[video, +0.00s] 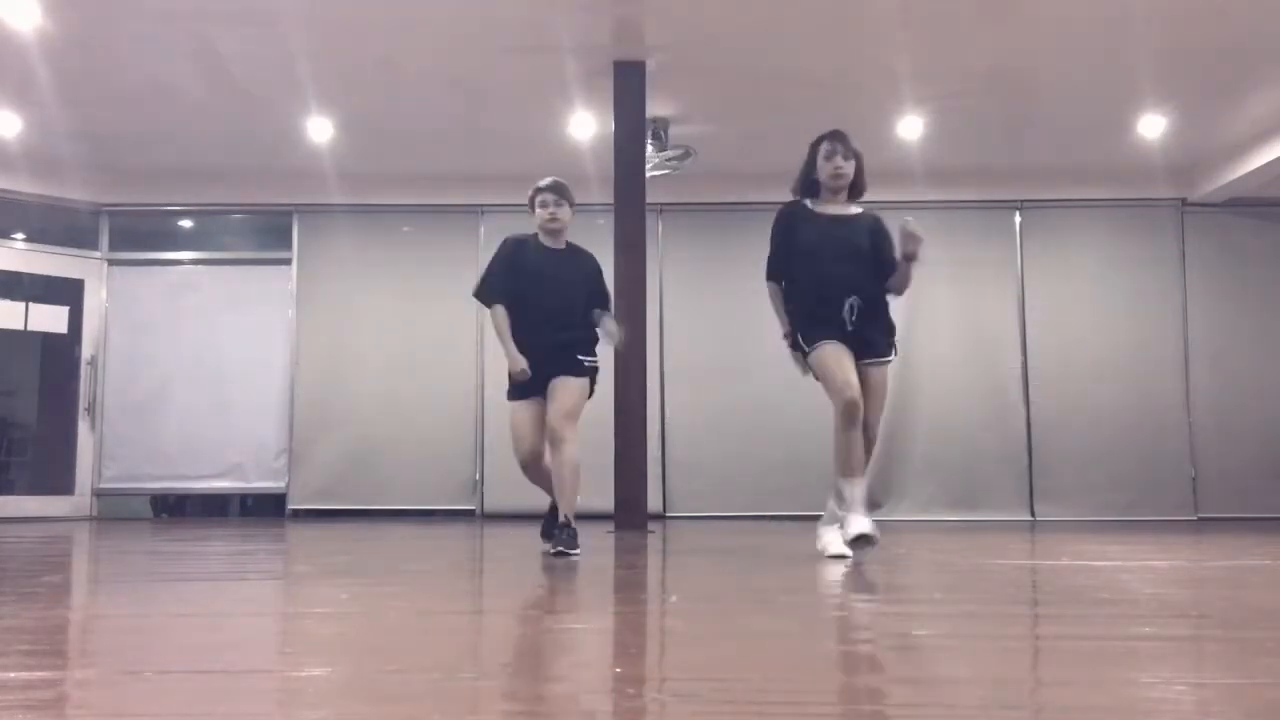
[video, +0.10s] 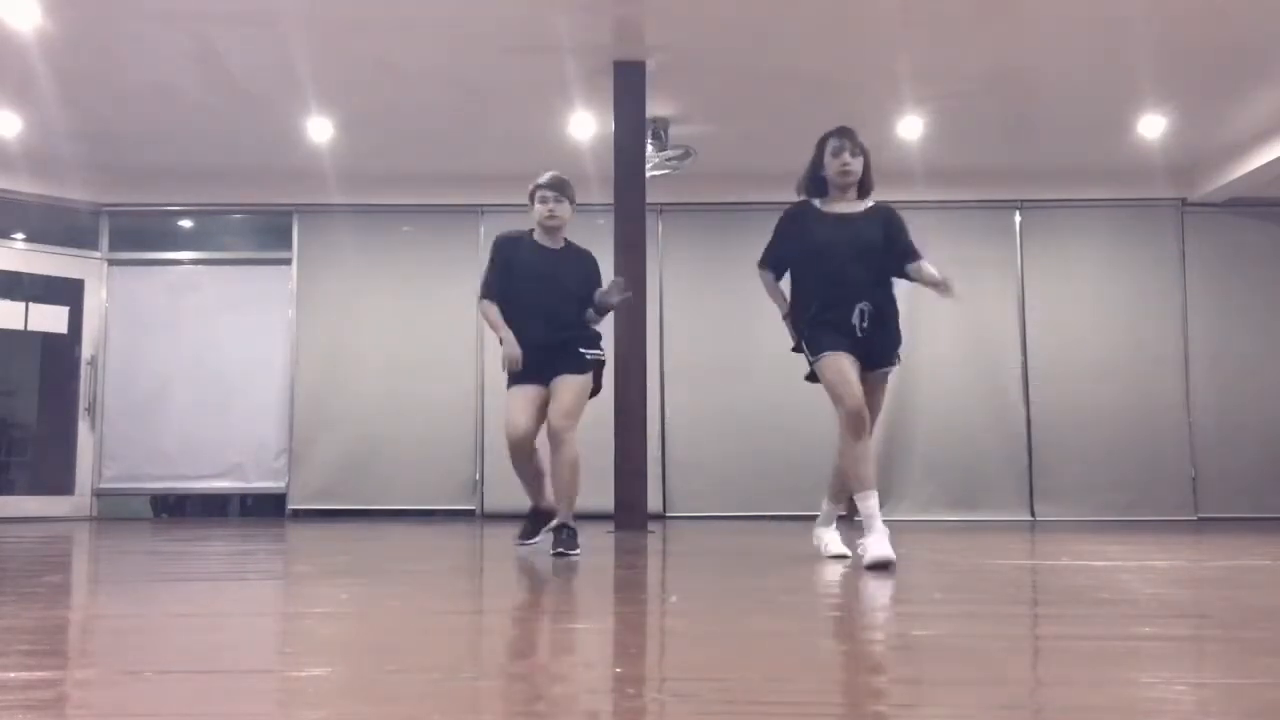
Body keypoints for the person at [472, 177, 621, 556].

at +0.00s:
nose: (551, 210)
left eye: (559, 204)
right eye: (543, 205)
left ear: (571, 211)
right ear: (533, 212)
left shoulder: (585, 260)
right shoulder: (514, 249)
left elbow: (599, 312)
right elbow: (496, 303)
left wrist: (611, 328)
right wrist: (511, 353)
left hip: (573, 356)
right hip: (527, 358)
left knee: (560, 431)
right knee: (527, 455)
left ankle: (567, 524)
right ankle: (559, 496)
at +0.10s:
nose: (551, 208)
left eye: (559, 202)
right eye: (543, 201)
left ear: (571, 210)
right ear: (532, 207)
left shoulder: (583, 260)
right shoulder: (508, 247)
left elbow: (589, 319)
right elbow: (488, 301)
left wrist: (604, 305)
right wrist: (507, 337)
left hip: (574, 353)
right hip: (526, 354)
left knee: (560, 428)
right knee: (517, 434)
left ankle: (565, 523)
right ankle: (542, 507)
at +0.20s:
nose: (537, 197)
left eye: (547, 192)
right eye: (531, 190)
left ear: (560, 200)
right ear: (520, 195)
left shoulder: (576, 237)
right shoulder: (496, 244)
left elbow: (601, 282)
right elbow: (479, 297)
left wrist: (602, 314)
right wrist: (498, 311)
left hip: (571, 342)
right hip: (522, 344)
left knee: (558, 419)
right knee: (521, 432)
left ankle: (561, 519)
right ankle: (518, 521)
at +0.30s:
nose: (525, 201)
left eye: (534, 194)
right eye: (518, 194)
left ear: (549, 200)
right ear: (509, 200)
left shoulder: (570, 229)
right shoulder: (498, 254)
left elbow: (599, 279)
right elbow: (492, 321)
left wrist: (607, 333)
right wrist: (485, 297)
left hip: (566, 344)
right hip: (516, 347)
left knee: (561, 400)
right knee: (518, 445)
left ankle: (549, 503)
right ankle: (520, 525)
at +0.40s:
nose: (522, 196)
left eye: (528, 187)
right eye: (513, 191)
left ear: (543, 192)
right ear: (503, 201)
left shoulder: (576, 231)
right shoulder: (499, 250)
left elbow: (597, 286)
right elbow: (494, 308)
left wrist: (600, 338)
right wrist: (510, 265)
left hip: (566, 343)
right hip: (513, 347)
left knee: (558, 407)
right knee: (522, 448)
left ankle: (551, 515)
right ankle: (521, 524)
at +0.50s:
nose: (533, 185)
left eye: (539, 176)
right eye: (524, 181)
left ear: (554, 181)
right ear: (514, 190)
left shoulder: (579, 234)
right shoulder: (501, 230)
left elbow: (589, 295)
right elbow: (488, 278)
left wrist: (590, 338)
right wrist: (529, 238)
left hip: (565, 341)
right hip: (514, 341)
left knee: (558, 423)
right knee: (524, 446)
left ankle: (552, 525)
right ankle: (524, 524)